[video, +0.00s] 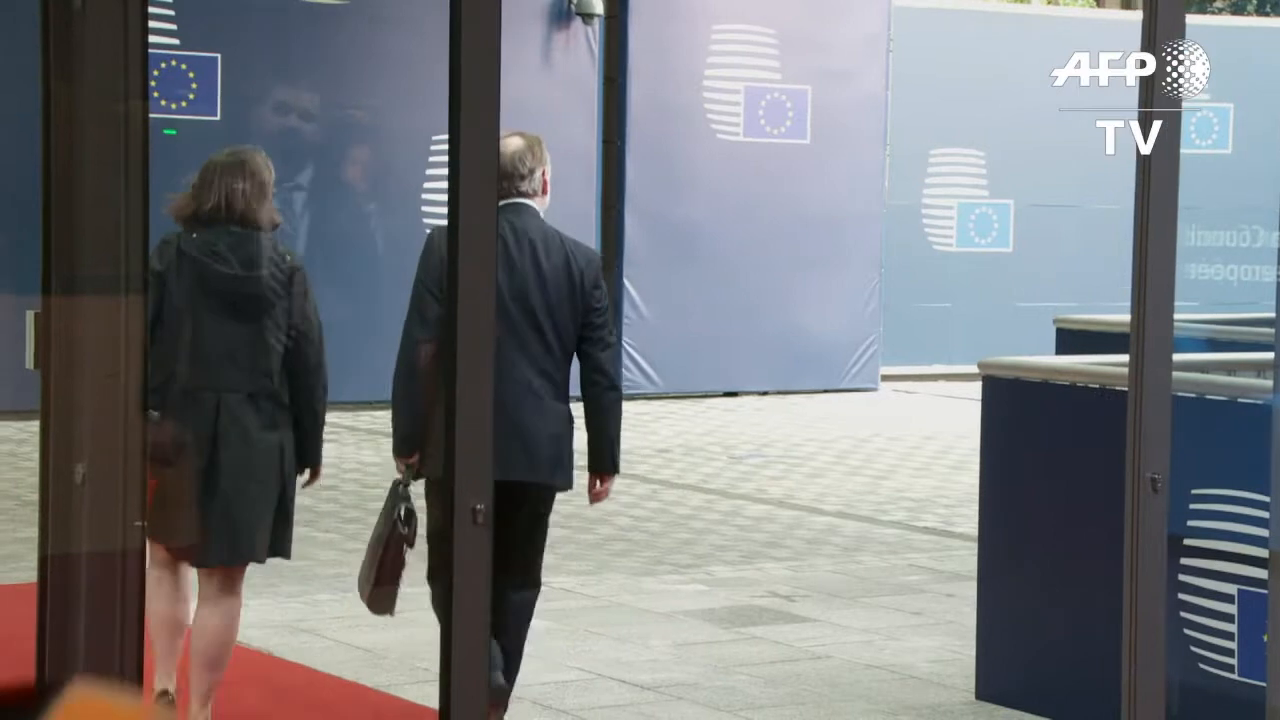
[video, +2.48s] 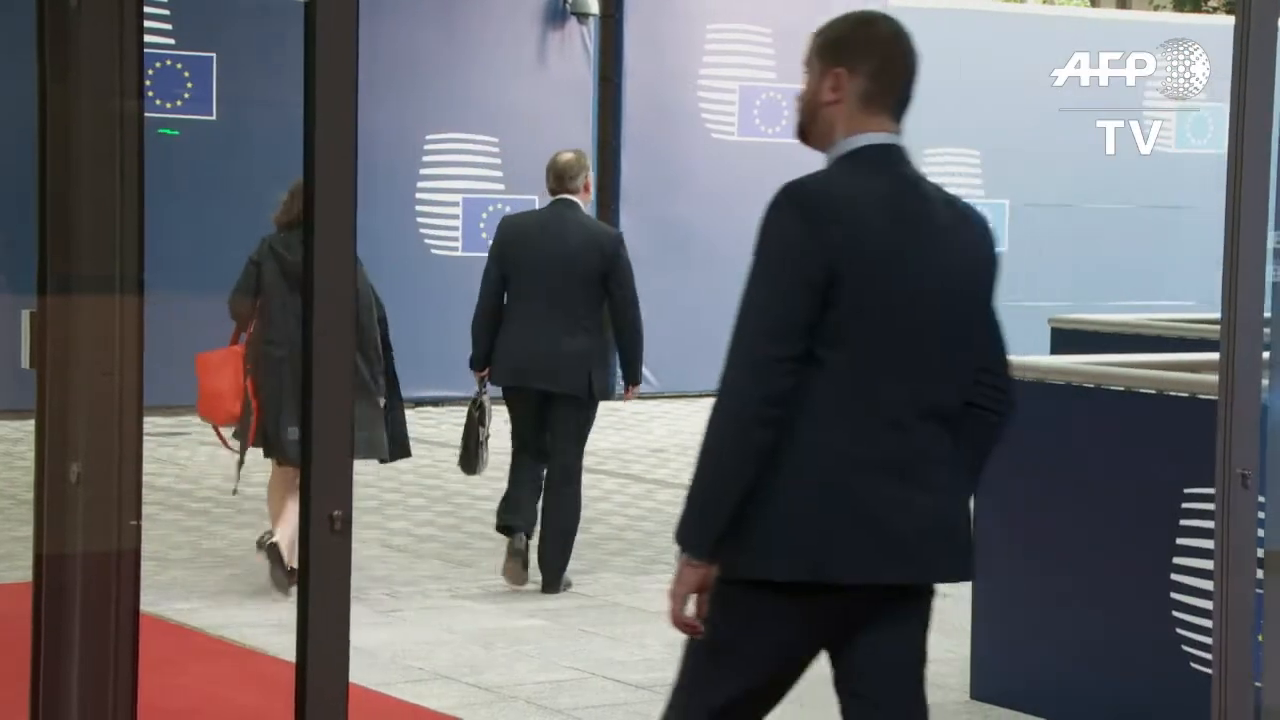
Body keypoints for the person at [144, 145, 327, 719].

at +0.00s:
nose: (273, 200)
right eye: (269, 191)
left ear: (202, 192)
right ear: (263, 198)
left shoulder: (166, 260)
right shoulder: (285, 269)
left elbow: (139, 347)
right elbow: (308, 368)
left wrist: (141, 419)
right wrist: (310, 447)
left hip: (173, 434)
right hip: (253, 441)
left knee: (164, 558)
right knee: (223, 581)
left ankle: (161, 688)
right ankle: (198, 710)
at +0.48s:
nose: (260, 203)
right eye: (257, 194)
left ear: (195, 194)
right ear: (251, 199)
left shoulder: (160, 258)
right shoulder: (270, 266)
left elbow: (138, 351)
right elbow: (289, 363)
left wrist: (138, 426)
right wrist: (290, 441)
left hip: (169, 425)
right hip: (244, 426)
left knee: (179, 548)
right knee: (236, 537)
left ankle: (185, 672)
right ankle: (219, 637)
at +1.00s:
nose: (277, 203)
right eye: (274, 195)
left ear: (217, 196)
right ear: (267, 201)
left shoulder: (185, 254)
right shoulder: (284, 264)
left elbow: (149, 327)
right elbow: (308, 348)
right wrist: (321, 418)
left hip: (187, 401)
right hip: (252, 406)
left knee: (184, 509)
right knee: (230, 534)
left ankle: (182, 599)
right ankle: (209, 642)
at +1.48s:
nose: (288, 208)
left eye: (287, 199)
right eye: (285, 200)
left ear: (231, 200)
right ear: (273, 205)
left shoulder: (200, 253)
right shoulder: (290, 261)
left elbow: (168, 319)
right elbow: (311, 340)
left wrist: (195, 344)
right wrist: (319, 404)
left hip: (205, 392)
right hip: (264, 393)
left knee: (216, 505)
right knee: (266, 493)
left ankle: (224, 609)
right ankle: (241, 575)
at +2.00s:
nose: (317, 210)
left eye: (315, 202)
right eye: (315, 203)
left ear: (265, 200)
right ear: (308, 208)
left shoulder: (234, 250)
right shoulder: (319, 263)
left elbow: (205, 308)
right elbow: (328, 340)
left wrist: (215, 330)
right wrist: (331, 406)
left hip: (238, 383)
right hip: (293, 386)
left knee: (237, 477)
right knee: (278, 487)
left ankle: (225, 545)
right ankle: (259, 588)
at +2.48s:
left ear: (289, 208)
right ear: (331, 211)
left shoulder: (270, 249)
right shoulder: (345, 256)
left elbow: (241, 305)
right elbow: (370, 324)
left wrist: (247, 331)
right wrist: (374, 378)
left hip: (280, 376)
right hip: (332, 382)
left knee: (285, 469)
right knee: (313, 476)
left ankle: (282, 544)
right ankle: (282, 543)